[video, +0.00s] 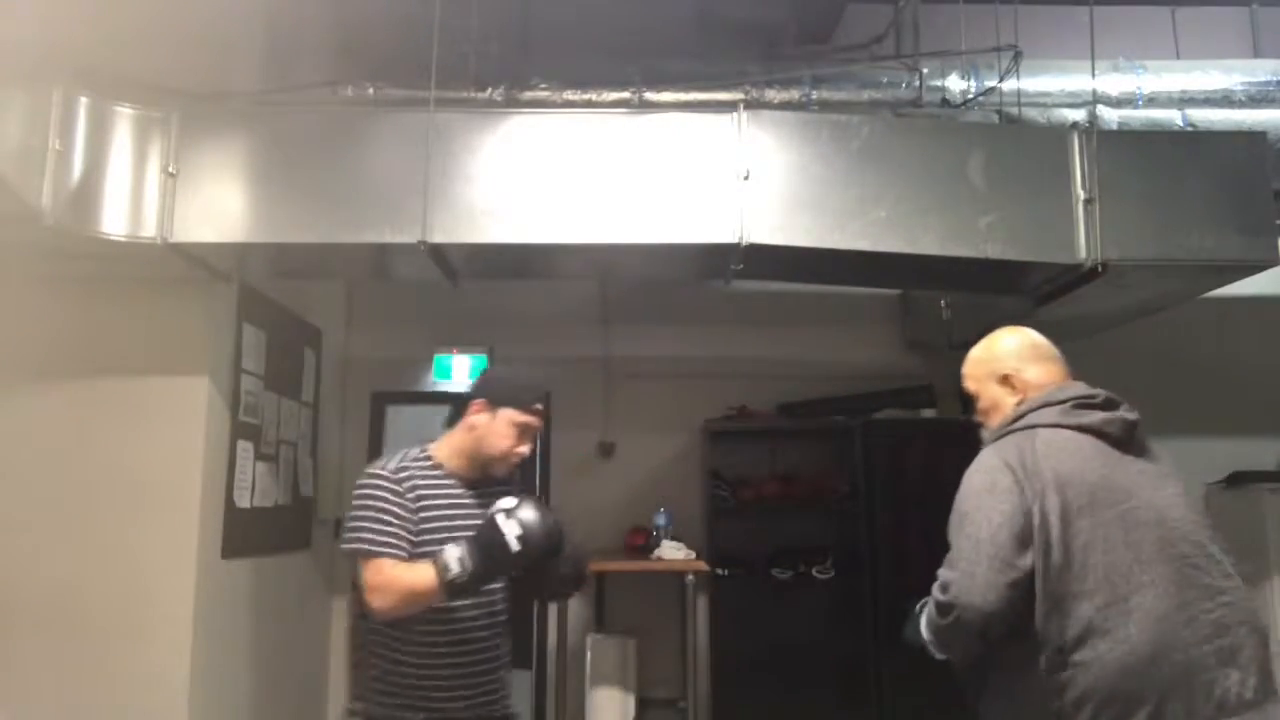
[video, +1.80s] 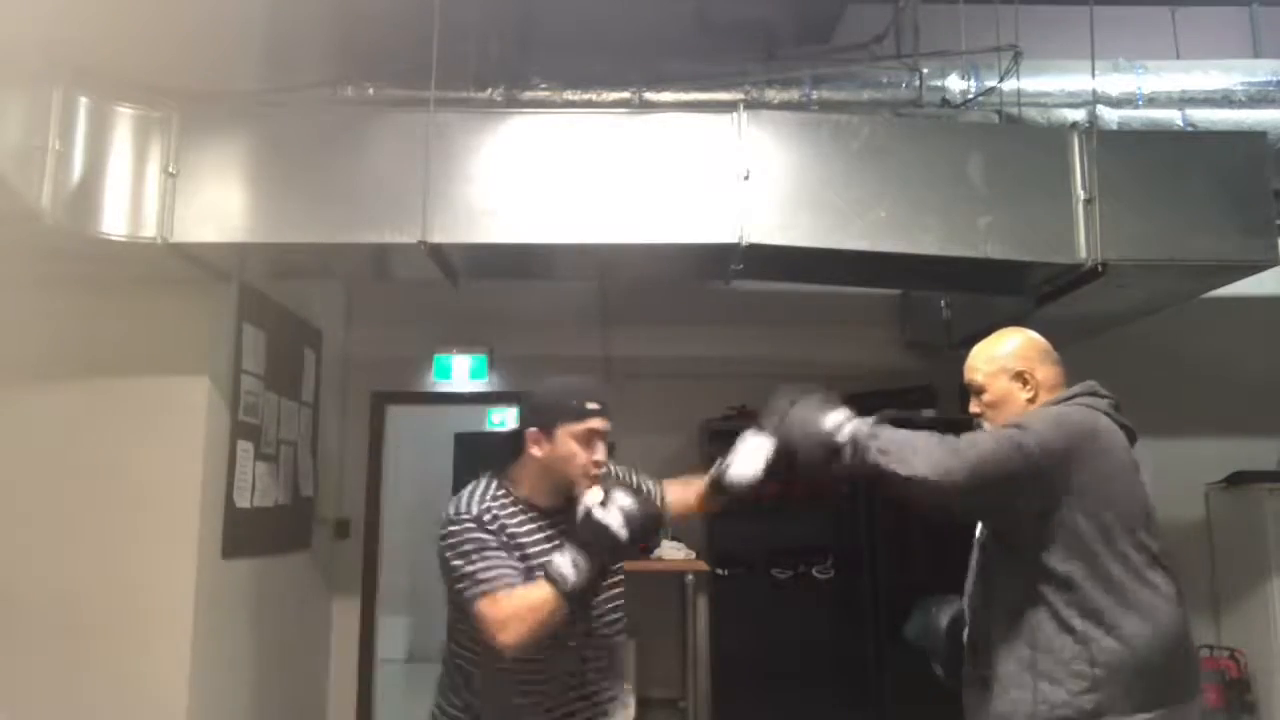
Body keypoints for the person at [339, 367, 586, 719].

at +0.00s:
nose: (527, 451)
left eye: (533, 440)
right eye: (520, 432)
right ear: (477, 412)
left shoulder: (497, 492)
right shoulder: (390, 480)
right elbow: (382, 594)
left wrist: (548, 573)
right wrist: (477, 556)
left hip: (488, 704)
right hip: (405, 707)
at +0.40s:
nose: (498, 440)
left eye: (504, 427)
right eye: (495, 420)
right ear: (453, 399)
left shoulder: (458, 470)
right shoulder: (365, 459)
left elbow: (481, 559)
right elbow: (400, 559)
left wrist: (532, 523)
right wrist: (483, 500)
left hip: (449, 699)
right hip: (360, 703)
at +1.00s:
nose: (465, 434)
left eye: (470, 421)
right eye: (460, 413)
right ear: (413, 395)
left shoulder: (428, 473)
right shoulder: (321, 464)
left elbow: (444, 560)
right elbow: (352, 570)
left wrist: (499, 556)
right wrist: (441, 507)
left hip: (425, 704)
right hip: (333, 709)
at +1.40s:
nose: (459, 435)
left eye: (461, 421)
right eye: (446, 417)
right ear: (395, 418)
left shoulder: (434, 487)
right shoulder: (328, 492)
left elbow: (443, 597)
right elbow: (377, 605)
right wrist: (472, 554)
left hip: (425, 707)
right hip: (331, 710)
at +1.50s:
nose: (486, 435)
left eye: (486, 420)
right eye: (470, 417)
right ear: (419, 422)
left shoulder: (462, 493)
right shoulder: (354, 498)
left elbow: (470, 590)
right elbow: (413, 609)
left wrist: (509, 621)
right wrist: (491, 540)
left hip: (454, 707)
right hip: (365, 711)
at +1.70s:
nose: (572, 446)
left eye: (573, 432)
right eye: (557, 431)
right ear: (506, 437)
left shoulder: (568, 497)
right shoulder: (450, 507)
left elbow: (672, 471)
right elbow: (484, 606)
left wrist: (744, 444)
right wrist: (558, 527)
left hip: (549, 705)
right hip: (460, 708)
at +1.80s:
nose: (602, 458)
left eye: (604, 442)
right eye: (587, 441)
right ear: (537, 442)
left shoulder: (601, 490)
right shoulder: (474, 515)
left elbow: (678, 497)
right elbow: (507, 630)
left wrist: (725, 479)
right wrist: (587, 554)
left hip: (596, 706)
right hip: (497, 710)